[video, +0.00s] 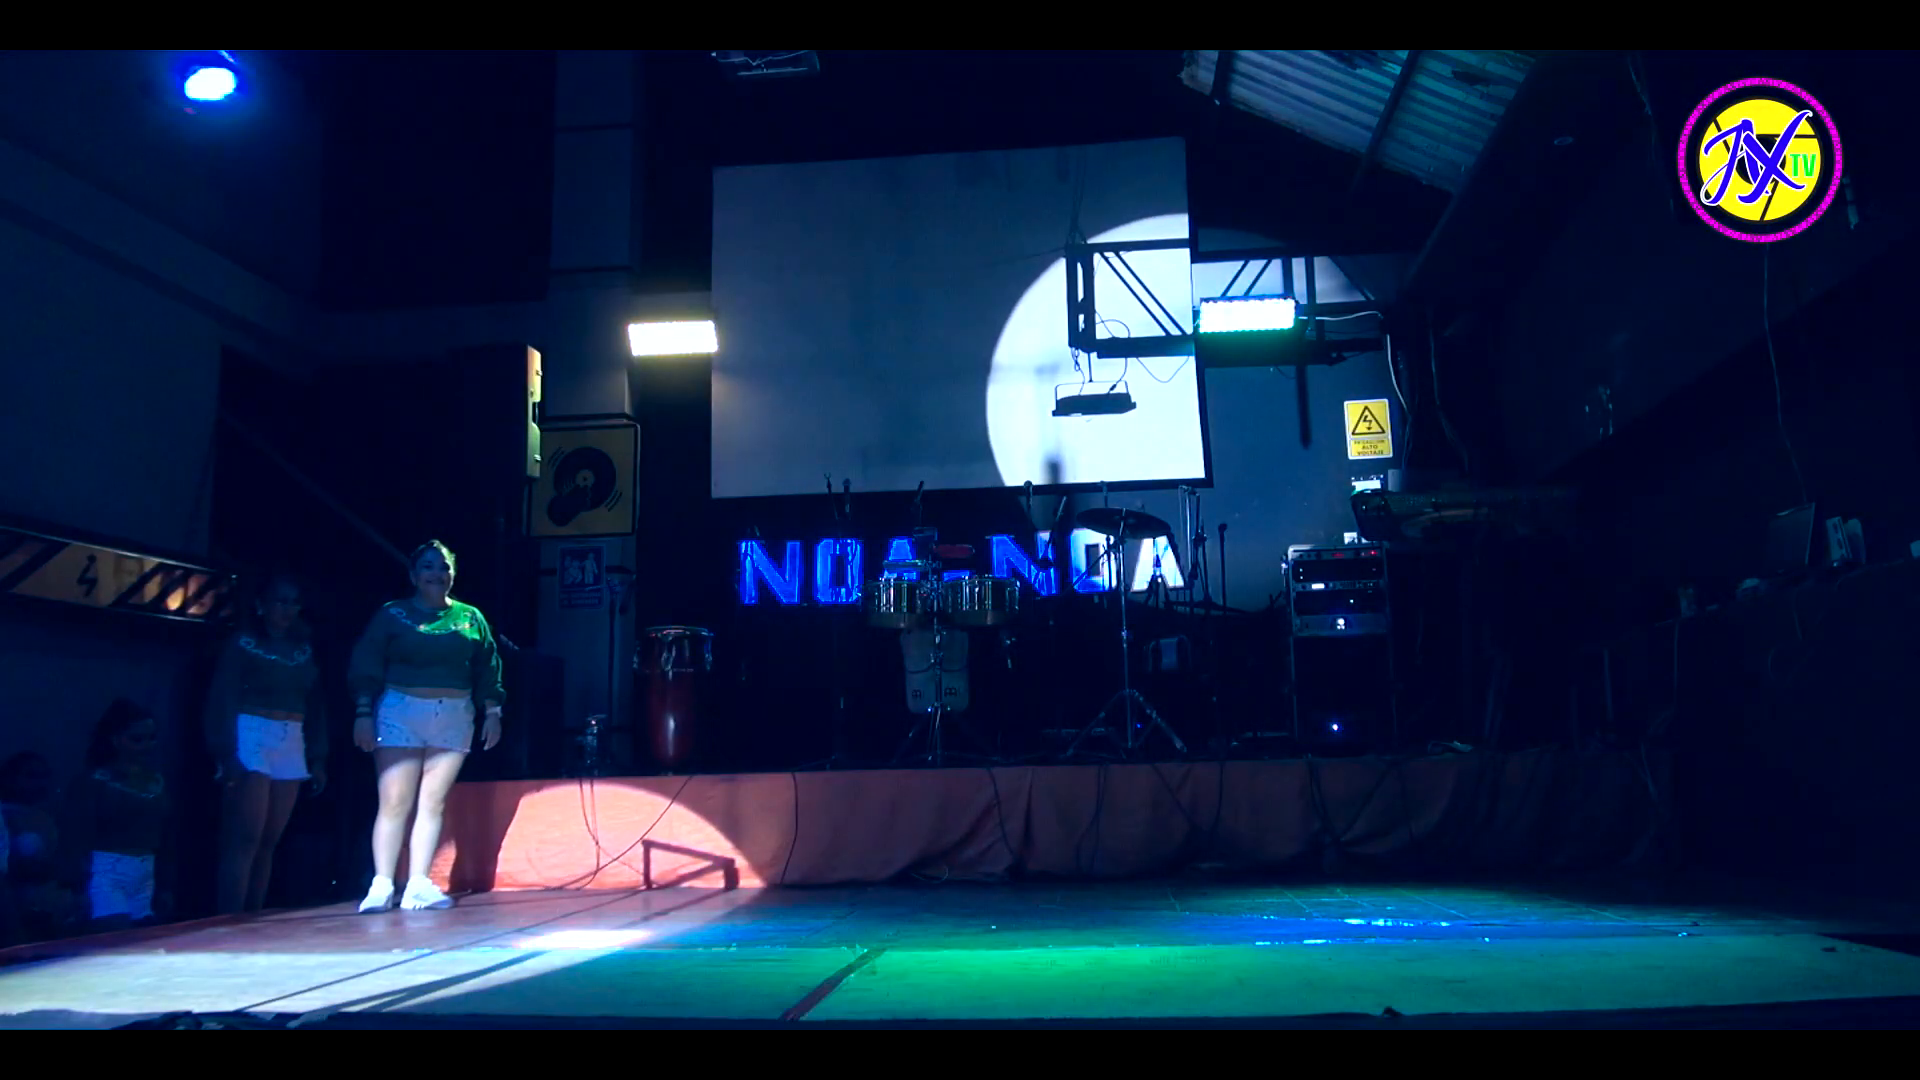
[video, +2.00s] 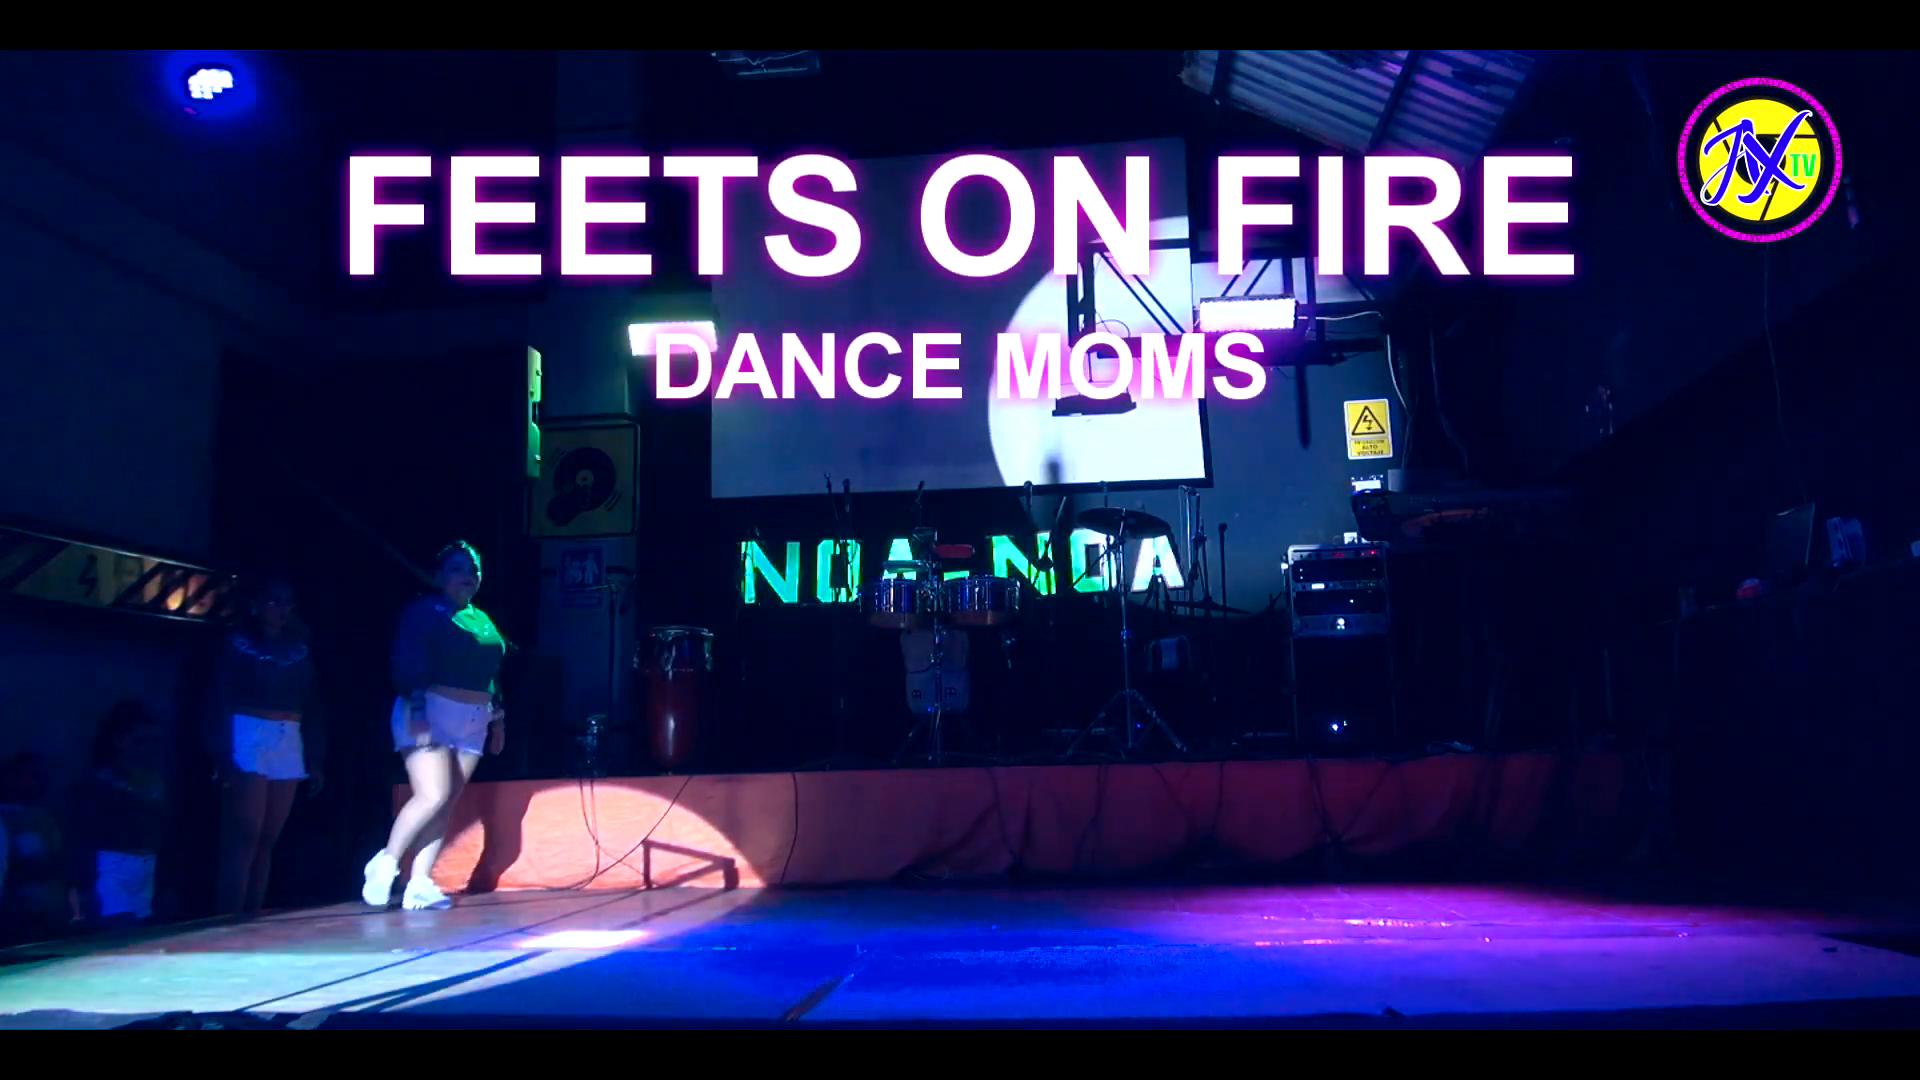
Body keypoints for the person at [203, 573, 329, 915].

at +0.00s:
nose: (286, 610)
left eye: (293, 604)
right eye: (280, 602)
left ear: (299, 608)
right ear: (264, 603)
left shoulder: (304, 651)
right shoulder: (245, 643)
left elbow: (314, 708)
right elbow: (224, 698)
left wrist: (316, 757)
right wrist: (225, 752)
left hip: (293, 734)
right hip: (254, 731)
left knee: (271, 838)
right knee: (248, 834)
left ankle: (254, 915)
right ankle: (231, 915)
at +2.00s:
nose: (280, 611)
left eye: (286, 604)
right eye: (274, 603)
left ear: (293, 609)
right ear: (258, 605)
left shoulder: (298, 647)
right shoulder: (239, 641)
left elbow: (310, 705)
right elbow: (222, 698)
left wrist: (313, 758)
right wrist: (223, 755)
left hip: (290, 733)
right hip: (251, 730)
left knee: (271, 834)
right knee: (248, 828)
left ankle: (255, 912)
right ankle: (232, 911)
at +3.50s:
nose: (348, 577)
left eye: (353, 571)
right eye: (340, 571)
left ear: (360, 577)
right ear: (322, 577)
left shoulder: (365, 625)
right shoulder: (298, 617)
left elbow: (379, 682)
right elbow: (272, 676)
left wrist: (385, 730)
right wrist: (266, 735)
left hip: (343, 716)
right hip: (300, 707)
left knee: (330, 808)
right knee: (332, 795)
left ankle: (276, 897)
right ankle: (315, 887)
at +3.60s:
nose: (358, 565)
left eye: (363, 559)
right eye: (349, 559)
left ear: (369, 568)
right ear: (331, 566)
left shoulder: (372, 614)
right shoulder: (307, 604)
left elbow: (384, 670)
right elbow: (282, 663)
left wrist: (392, 716)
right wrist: (276, 722)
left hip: (353, 704)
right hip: (309, 695)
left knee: (359, 799)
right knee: (329, 789)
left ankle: (283, 867)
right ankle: (314, 886)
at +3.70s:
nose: (370, 558)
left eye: (374, 552)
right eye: (362, 552)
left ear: (379, 560)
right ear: (342, 558)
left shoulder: (380, 606)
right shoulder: (318, 598)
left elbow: (389, 665)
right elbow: (295, 657)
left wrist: (394, 711)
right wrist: (292, 713)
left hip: (364, 694)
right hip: (322, 688)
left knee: (378, 787)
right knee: (329, 789)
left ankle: (308, 841)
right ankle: (315, 885)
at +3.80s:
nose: (381, 552)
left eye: (385, 546)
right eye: (373, 545)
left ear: (391, 554)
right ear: (353, 551)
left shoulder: (388, 597)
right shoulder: (331, 591)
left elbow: (394, 655)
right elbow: (310, 646)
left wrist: (395, 702)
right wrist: (313, 701)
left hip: (375, 685)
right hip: (334, 681)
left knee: (398, 774)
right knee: (329, 787)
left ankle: (346, 853)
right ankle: (314, 884)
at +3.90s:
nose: (397, 550)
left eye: (400, 544)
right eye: (388, 543)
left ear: (403, 554)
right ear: (366, 551)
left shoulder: (401, 598)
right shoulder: (349, 592)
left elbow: (403, 655)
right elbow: (325, 648)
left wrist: (401, 699)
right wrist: (343, 694)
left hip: (387, 689)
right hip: (344, 686)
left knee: (416, 773)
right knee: (328, 789)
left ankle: (384, 873)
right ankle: (315, 885)